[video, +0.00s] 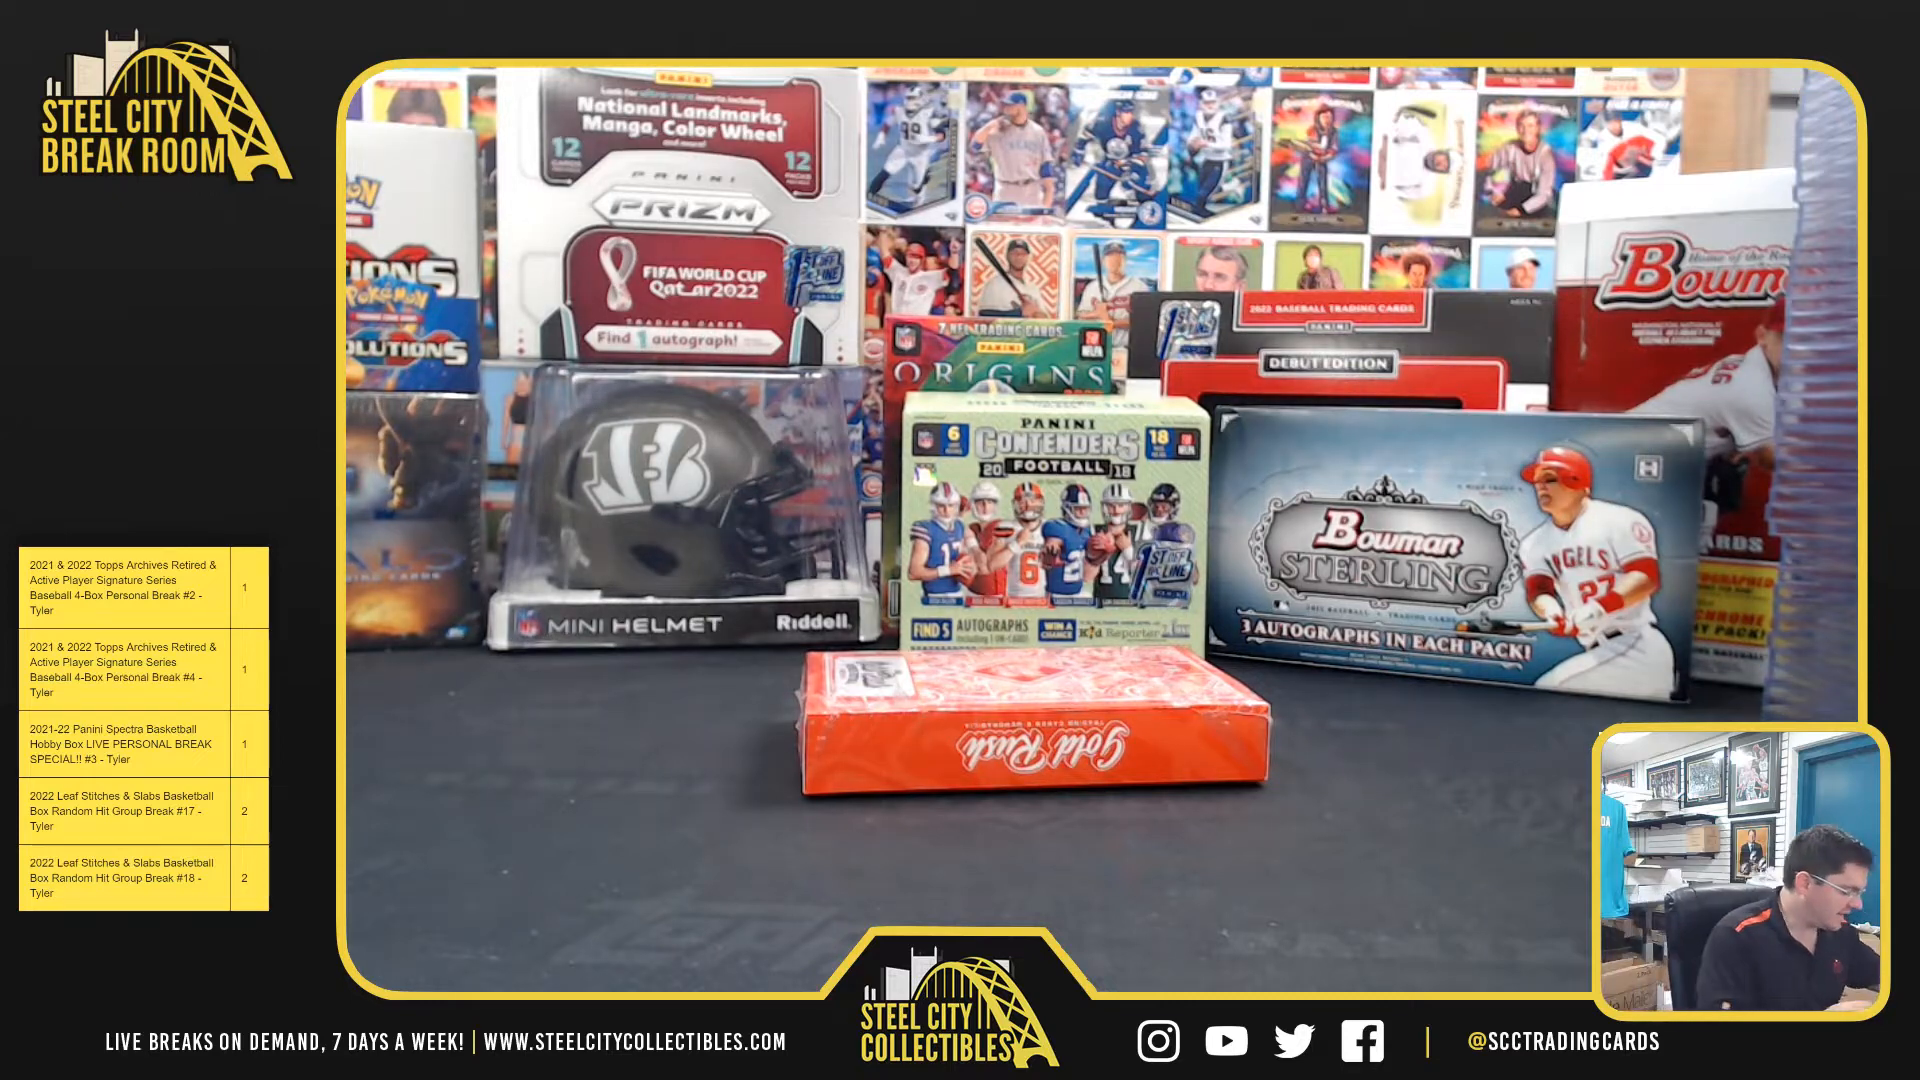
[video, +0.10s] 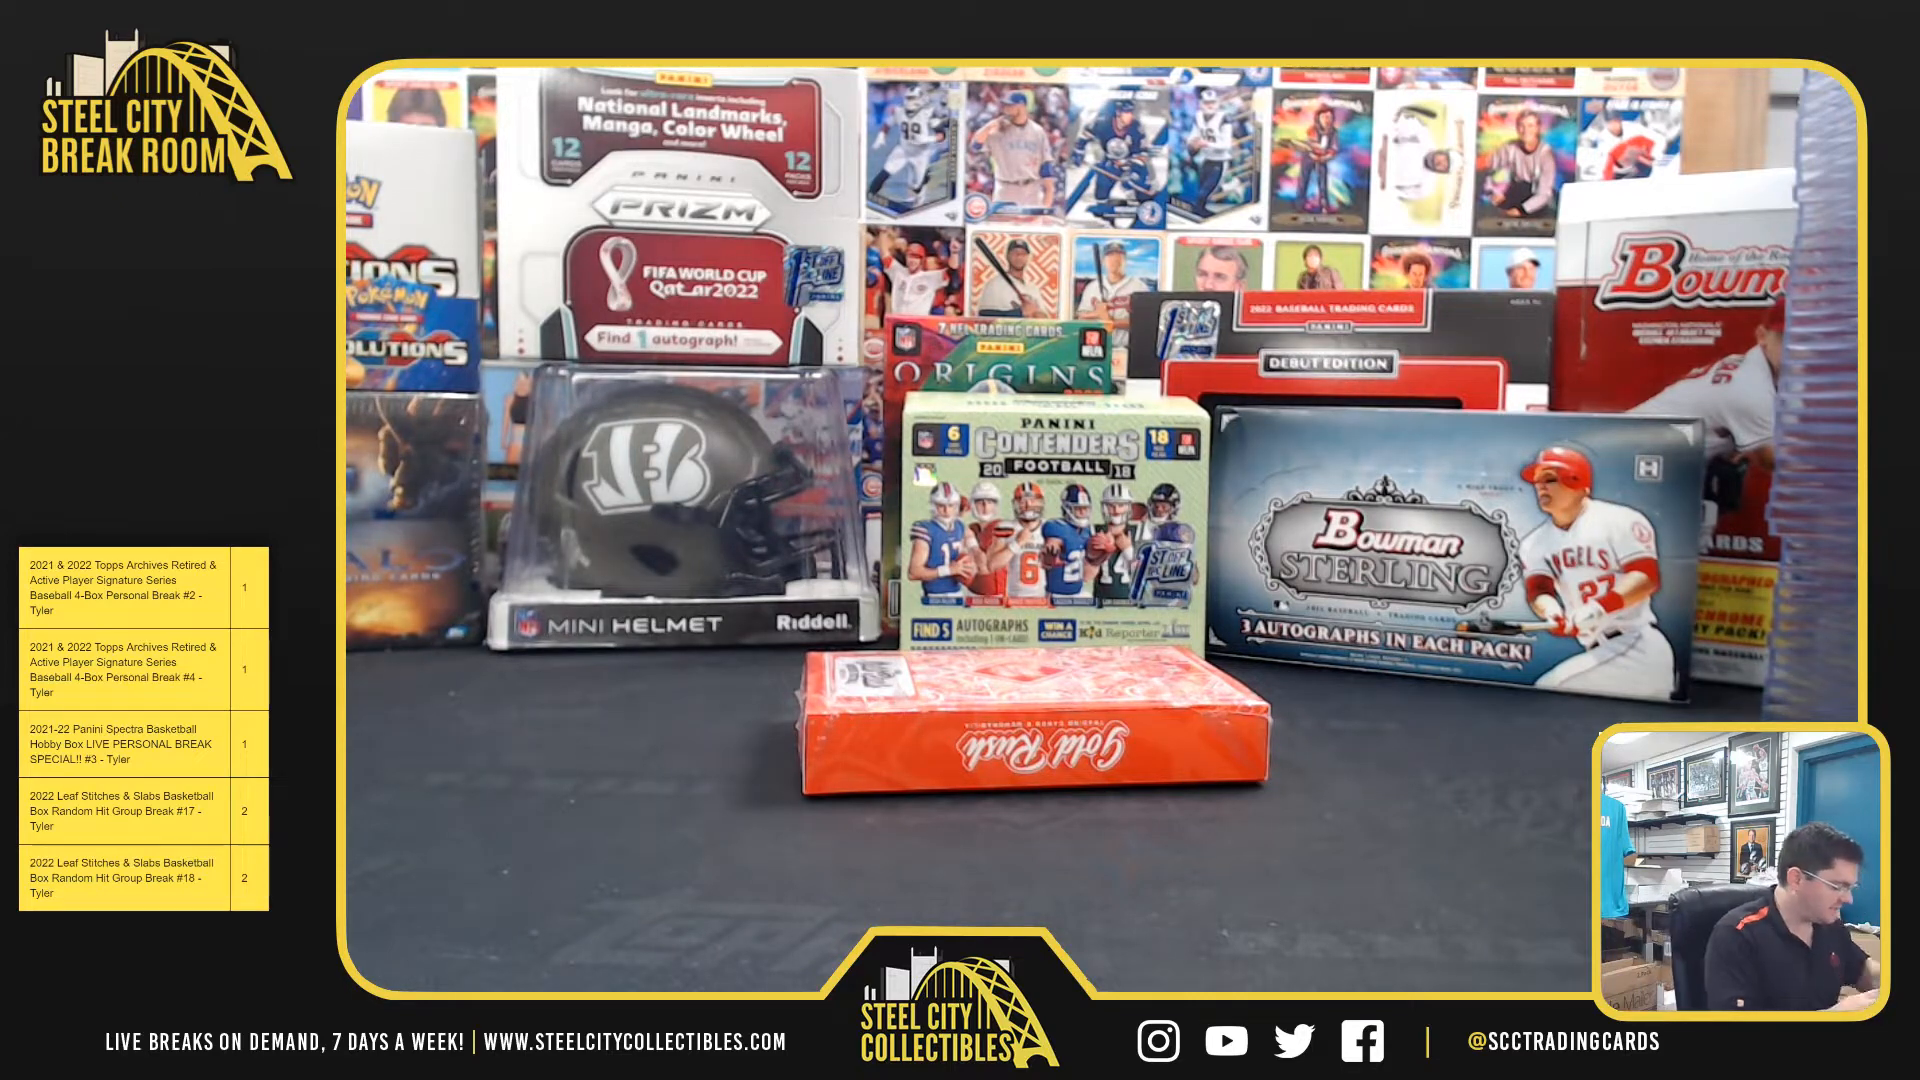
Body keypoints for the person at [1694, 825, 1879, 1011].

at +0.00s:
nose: (1857, 905)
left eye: (1860, 893)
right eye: (1847, 892)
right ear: (1804, 884)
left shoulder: (1840, 933)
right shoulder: (1735, 936)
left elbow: (1885, 980)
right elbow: (1718, 1021)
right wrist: (1825, 1017)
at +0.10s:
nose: (1848, 900)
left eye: (1850, 888)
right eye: (1838, 887)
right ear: (1796, 879)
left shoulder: (1827, 923)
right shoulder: (1735, 935)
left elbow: (1862, 971)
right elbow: (1733, 1018)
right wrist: (1836, 1011)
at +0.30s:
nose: (1836, 898)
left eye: (1839, 886)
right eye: (1826, 885)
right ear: (1785, 878)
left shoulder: (1820, 926)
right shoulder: (1733, 930)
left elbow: (1840, 973)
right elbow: (1736, 1014)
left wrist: (1862, 982)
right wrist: (1829, 1009)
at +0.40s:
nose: (1834, 899)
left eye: (1837, 887)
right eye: (1825, 886)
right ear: (1784, 878)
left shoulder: (1818, 928)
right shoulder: (1731, 928)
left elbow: (1841, 976)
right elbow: (1727, 1011)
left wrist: (1862, 988)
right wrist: (1821, 1010)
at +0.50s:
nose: (1834, 901)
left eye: (1838, 890)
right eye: (1825, 888)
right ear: (1785, 879)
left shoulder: (1817, 927)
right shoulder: (1731, 927)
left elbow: (1838, 974)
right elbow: (1724, 1010)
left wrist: (1858, 987)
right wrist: (1819, 1010)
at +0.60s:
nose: (1839, 905)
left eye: (1843, 894)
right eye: (1829, 892)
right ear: (1789, 882)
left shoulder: (1816, 926)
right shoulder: (1733, 928)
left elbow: (1832, 982)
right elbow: (1721, 1010)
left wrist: (1861, 988)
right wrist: (1826, 1017)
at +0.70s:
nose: (1845, 909)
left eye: (1848, 898)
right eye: (1835, 897)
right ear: (1794, 884)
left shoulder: (1815, 924)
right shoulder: (1738, 931)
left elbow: (1833, 979)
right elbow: (1723, 1017)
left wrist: (1866, 993)